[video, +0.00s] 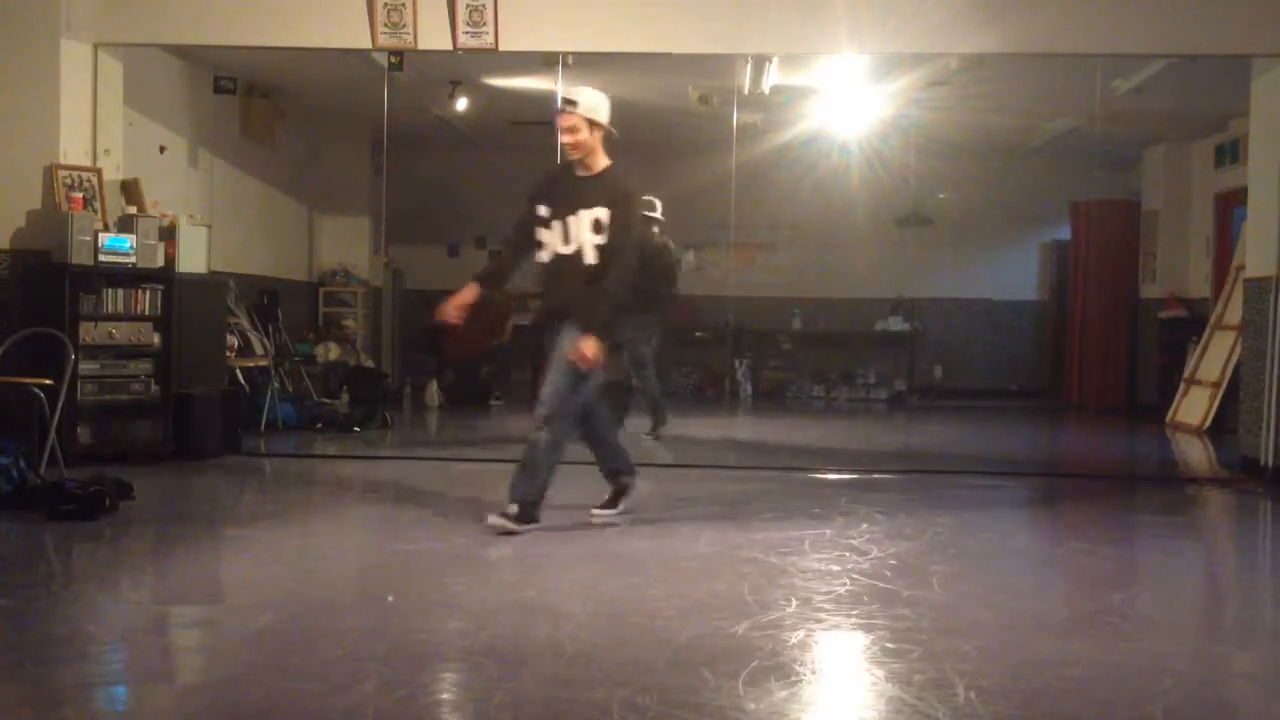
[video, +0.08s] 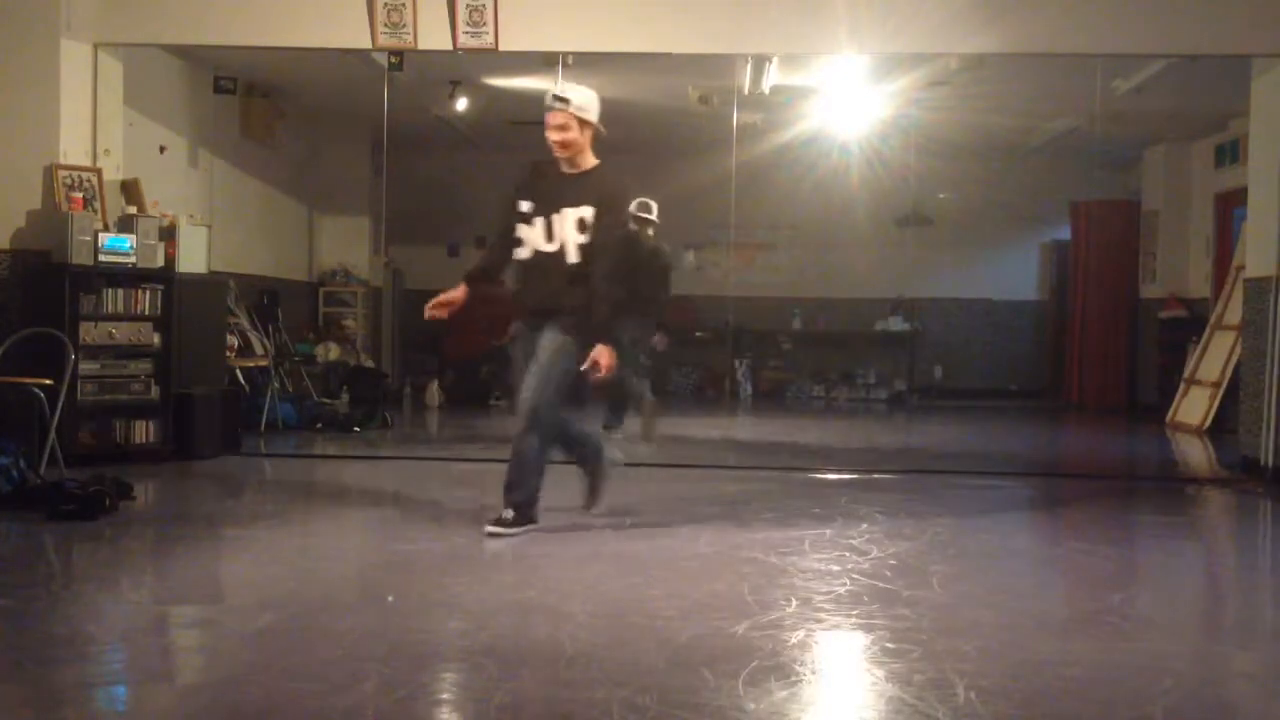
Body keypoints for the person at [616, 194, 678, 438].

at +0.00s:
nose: (639, 223)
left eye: (641, 218)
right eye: (642, 218)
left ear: (637, 217)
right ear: (658, 220)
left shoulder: (627, 243)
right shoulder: (665, 247)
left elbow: (618, 277)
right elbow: (669, 285)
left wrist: (614, 301)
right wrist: (662, 307)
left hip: (627, 310)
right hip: (652, 312)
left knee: (642, 368)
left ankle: (659, 416)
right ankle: (612, 420)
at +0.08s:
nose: (640, 228)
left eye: (640, 222)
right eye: (642, 223)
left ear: (629, 219)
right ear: (653, 224)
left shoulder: (618, 243)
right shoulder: (660, 251)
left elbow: (609, 280)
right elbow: (663, 291)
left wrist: (604, 309)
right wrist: (661, 325)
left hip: (620, 312)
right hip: (646, 315)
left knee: (622, 365)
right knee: (632, 367)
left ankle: (645, 398)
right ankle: (612, 422)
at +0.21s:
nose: (633, 226)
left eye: (632, 220)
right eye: (633, 221)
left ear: (621, 218)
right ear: (645, 223)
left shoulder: (608, 245)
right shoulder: (651, 252)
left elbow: (598, 281)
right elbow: (660, 291)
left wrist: (591, 309)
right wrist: (658, 323)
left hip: (609, 309)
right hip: (636, 312)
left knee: (608, 357)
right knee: (625, 361)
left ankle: (618, 395)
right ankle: (615, 418)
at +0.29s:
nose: (627, 225)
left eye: (629, 220)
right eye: (626, 220)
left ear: (615, 218)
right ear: (640, 220)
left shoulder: (602, 245)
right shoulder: (648, 251)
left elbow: (590, 282)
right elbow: (658, 289)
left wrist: (585, 314)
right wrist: (655, 320)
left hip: (603, 315)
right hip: (631, 317)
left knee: (594, 362)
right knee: (623, 369)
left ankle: (590, 408)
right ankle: (614, 420)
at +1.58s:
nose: (644, 240)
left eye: (646, 236)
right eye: (644, 235)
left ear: (642, 234)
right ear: (658, 235)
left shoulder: (628, 253)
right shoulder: (662, 254)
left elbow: (614, 279)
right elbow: (666, 284)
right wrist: (664, 307)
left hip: (626, 307)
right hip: (649, 310)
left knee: (618, 353)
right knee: (645, 356)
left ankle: (609, 395)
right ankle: (638, 398)